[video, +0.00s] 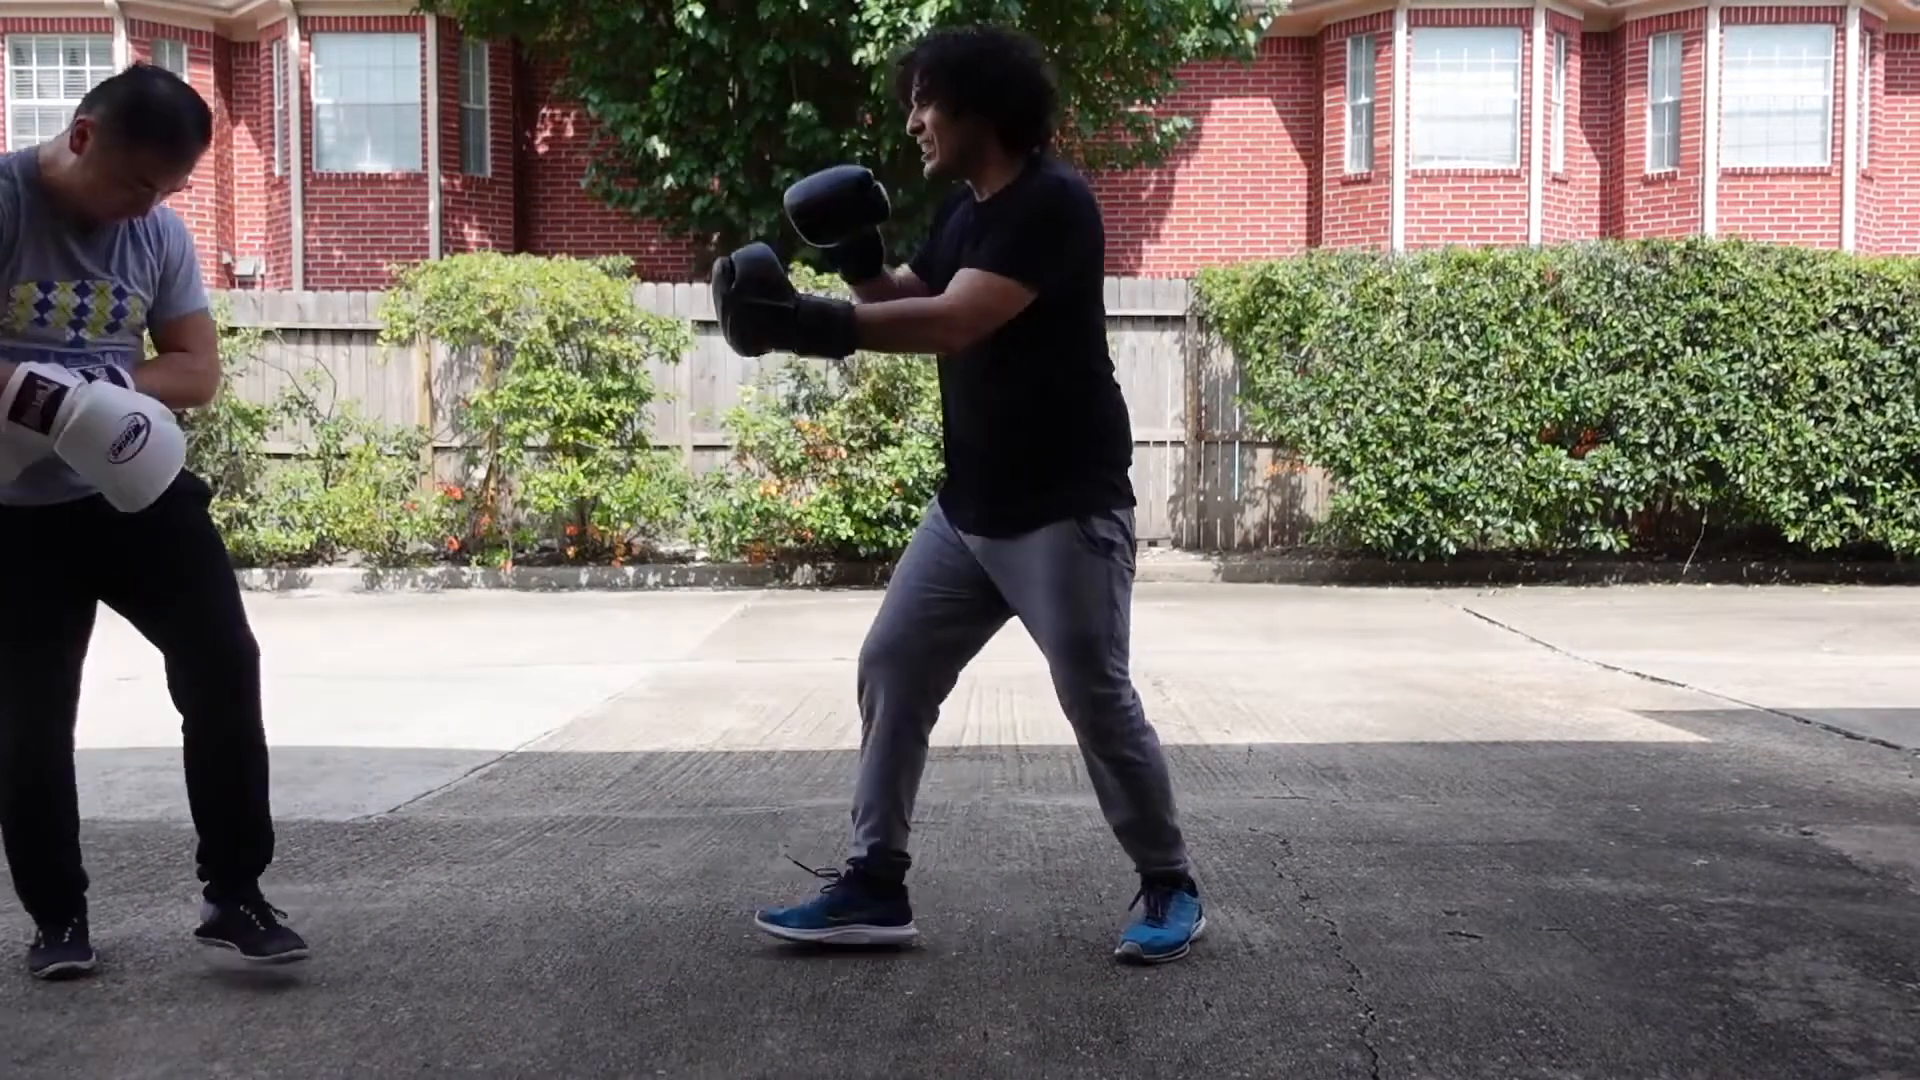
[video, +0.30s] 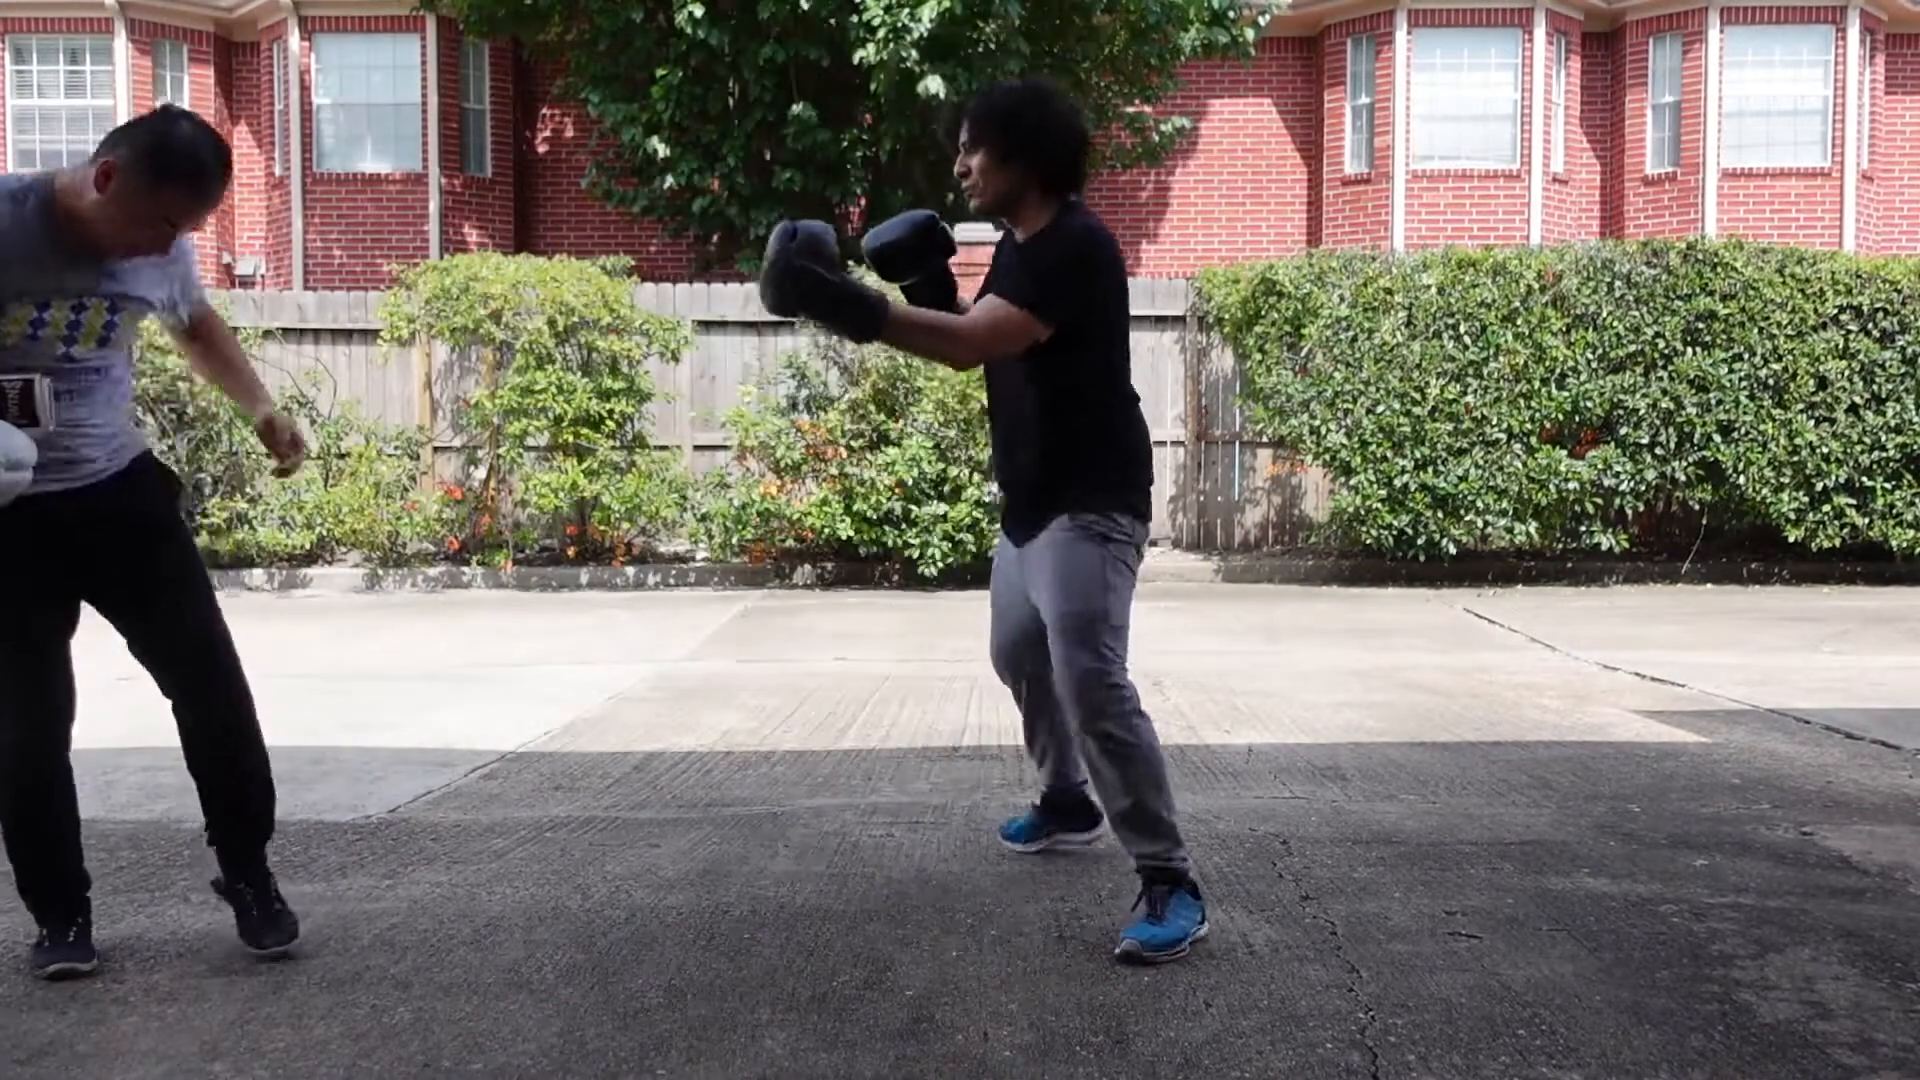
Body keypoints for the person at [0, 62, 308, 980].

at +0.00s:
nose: (148, 204)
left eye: (164, 189)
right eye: (137, 182)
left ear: (180, 174)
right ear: (82, 134)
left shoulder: (159, 234)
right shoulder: (9, 202)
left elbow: (200, 369)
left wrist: (126, 382)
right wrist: (16, 394)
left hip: (137, 497)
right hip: (21, 509)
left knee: (225, 665)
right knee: (30, 723)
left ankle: (234, 894)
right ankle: (58, 918)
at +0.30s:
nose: (160, 248)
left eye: (176, 234)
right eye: (154, 227)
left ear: (192, 210)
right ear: (104, 177)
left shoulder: (157, 250)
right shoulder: (9, 219)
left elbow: (199, 328)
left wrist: (264, 411)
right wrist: (2, 397)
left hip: (120, 495)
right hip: (13, 512)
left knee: (209, 679)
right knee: (25, 730)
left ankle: (246, 869)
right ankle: (60, 916)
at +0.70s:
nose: (220, 336)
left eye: (235, 327)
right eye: (227, 319)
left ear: (196, 272)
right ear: (195, 269)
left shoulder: (175, 352)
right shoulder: (33, 256)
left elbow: (162, 481)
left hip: (72, 475)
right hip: (1, 489)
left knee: (194, 528)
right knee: (16, 712)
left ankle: (134, 670)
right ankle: (69, 913)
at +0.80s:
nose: (223, 339)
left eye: (238, 330)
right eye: (232, 322)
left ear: (198, 276)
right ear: (197, 273)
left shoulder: (172, 361)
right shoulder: (34, 257)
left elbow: (161, 484)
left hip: (65, 479)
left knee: (191, 535)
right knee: (12, 719)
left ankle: (130, 670)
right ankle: (68, 912)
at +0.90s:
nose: (213, 345)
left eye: (230, 335)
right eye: (223, 327)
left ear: (192, 280)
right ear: (191, 277)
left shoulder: (172, 362)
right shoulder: (29, 258)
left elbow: (158, 489)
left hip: (61, 479)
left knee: (183, 528)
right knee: (7, 721)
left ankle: (127, 666)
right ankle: (59, 916)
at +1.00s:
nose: (207, 342)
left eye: (223, 331)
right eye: (214, 323)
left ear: (177, 277)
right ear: (175, 275)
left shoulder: (165, 361)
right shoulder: (20, 260)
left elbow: (150, 492)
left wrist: (136, 607)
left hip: (65, 492)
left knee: (183, 520)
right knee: (3, 719)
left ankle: (140, 667)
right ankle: (41, 915)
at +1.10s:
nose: (193, 338)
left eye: (208, 327)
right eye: (197, 318)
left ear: (159, 272)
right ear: (156, 269)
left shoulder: (161, 348)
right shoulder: (18, 263)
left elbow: (146, 480)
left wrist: (132, 594)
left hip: (63, 489)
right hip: (0, 501)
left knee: (182, 513)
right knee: (9, 711)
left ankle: (144, 674)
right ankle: (46, 916)